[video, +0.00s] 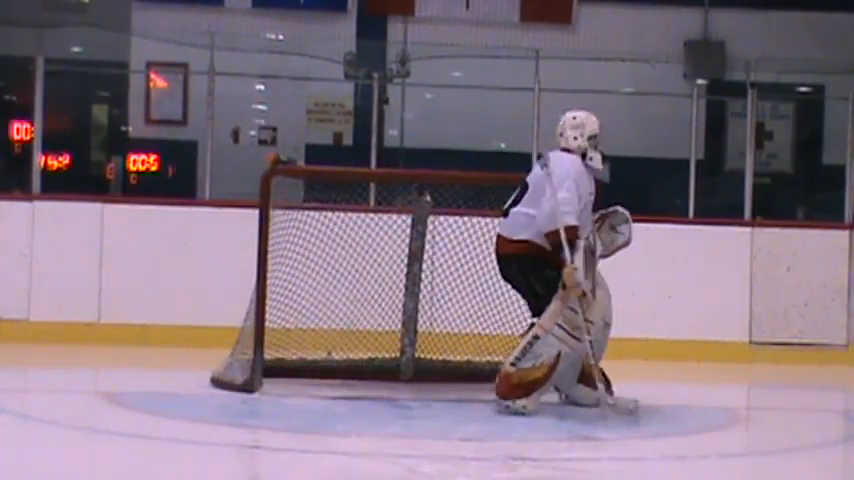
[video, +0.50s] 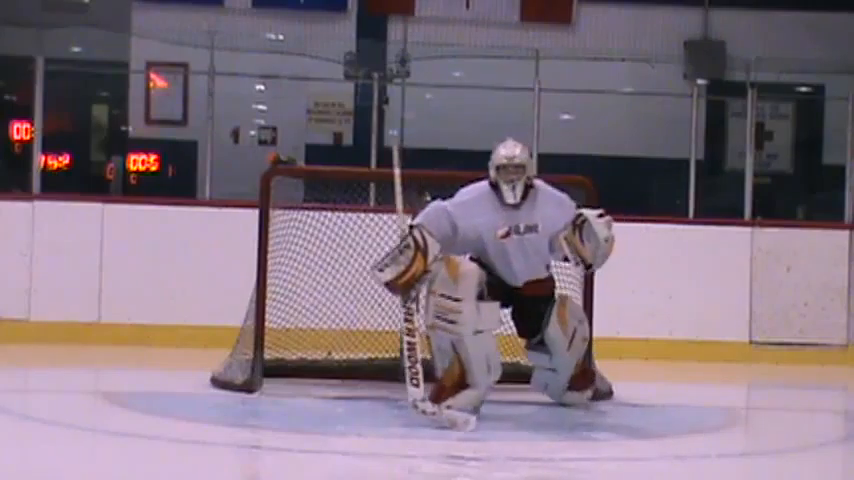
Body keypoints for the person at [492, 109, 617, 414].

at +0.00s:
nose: (598, 143)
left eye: (597, 138)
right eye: (595, 138)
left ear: (564, 136)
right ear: (587, 139)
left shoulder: (559, 163)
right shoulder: (568, 166)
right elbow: (566, 218)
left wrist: (594, 232)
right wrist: (570, 263)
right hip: (525, 250)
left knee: (558, 315)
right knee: (562, 314)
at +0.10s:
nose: (597, 141)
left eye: (597, 135)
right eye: (592, 135)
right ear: (576, 137)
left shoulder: (588, 172)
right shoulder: (554, 164)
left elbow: (585, 221)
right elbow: (541, 210)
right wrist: (546, 257)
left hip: (554, 246)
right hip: (520, 244)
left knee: (576, 306)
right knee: (541, 313)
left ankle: (575, 371)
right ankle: (518, 378)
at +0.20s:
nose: (584, 144)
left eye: (586, 138)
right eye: (577, 138)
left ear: (589, 139)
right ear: (559, 139)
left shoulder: (592, 173)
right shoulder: (541, 169)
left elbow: (585, 222)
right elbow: (507, 209)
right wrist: (513, 241)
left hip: (579, 266)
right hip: (542, 264)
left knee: (587, 324)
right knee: (533, 325)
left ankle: (576, 380)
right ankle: (505, 384)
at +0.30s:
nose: (568, 157)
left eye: (572, 149)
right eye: (560, 151)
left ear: (578, 150)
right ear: (543, 152)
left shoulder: (591, 185)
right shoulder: (520, 183)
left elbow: (601, 227)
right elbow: (481, 222)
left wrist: (623, 228)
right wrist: (479, 256)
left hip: (568, 277)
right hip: (523, 276)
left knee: (587, 328)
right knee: (518, 332)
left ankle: (570, 384)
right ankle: (501, 389)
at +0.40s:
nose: (538, 173)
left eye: (543, 166)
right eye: (531, 167)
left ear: (554, 165)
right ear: (519, 167)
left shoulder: (580, 198)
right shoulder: (499, 196)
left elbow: (601, 242)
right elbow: (463, 222)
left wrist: (615, 234)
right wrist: (443, 249)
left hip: (559, 284)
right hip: (509, 281)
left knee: (574, 331)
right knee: (482, 315)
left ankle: (576, 382)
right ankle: (480, 382)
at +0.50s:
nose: (511, 179)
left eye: (517, 171)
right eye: (504, 172)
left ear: (529, 172)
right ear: (493, 173)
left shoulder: (551, 202)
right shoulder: (473, 200)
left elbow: (571, 245)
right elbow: (436, 221)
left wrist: (589, 240)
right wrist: (415, 251)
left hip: (538, 283)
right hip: (491, 279)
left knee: (546, 340)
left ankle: (577, 385)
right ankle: (457, 384)